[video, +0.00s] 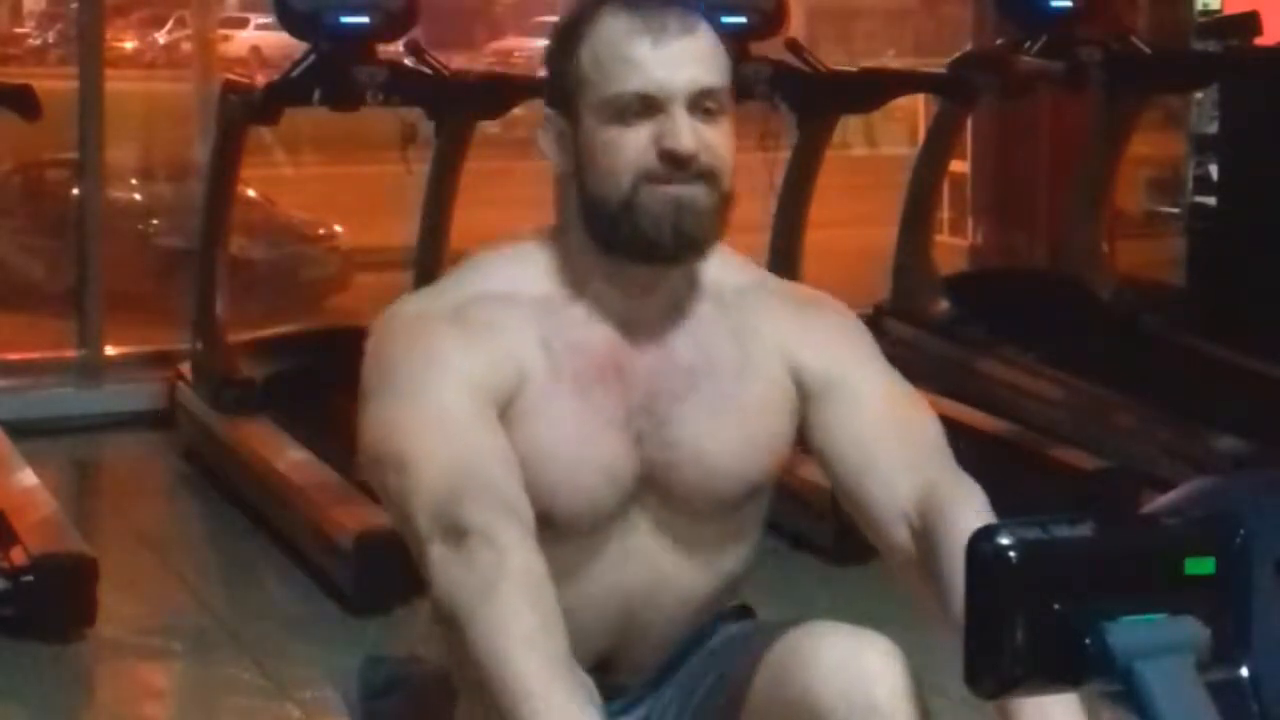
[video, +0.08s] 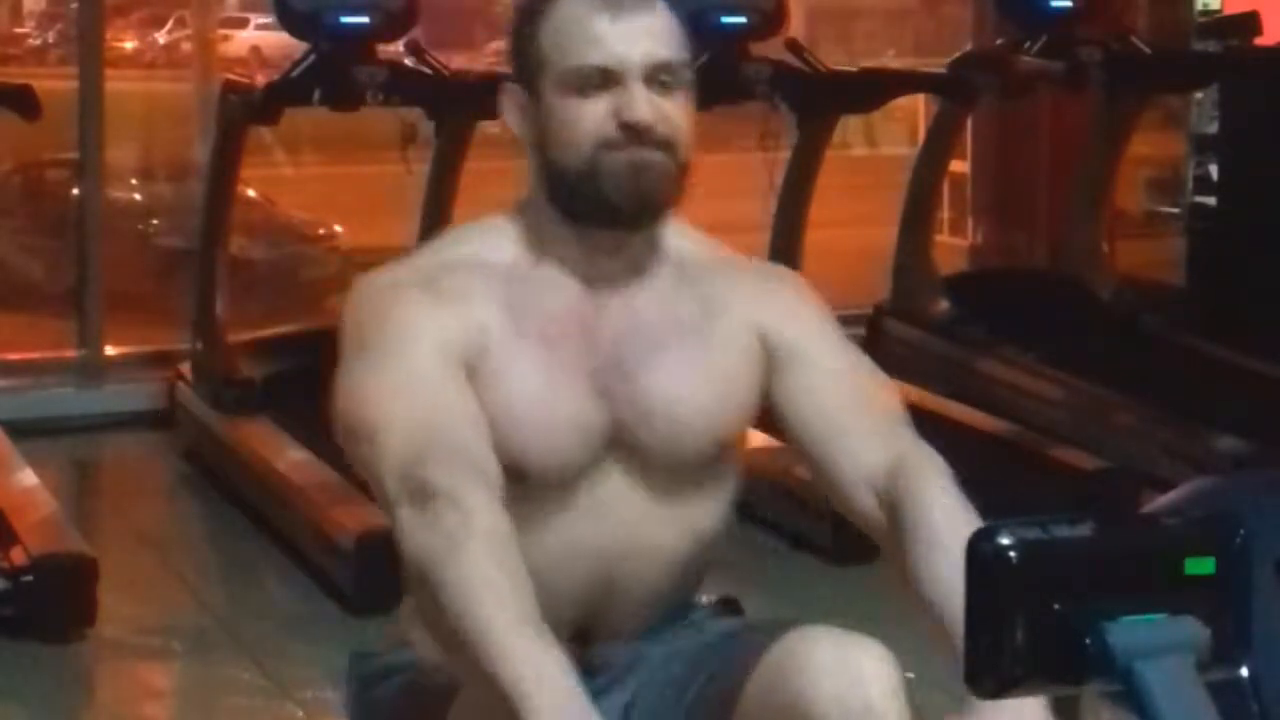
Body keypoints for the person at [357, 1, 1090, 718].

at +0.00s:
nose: (682, 143)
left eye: (705, 109)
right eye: (633, 113)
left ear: (735, 127)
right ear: (555, 137)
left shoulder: (806, 330)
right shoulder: (441, 342)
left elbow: (931, 513)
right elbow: (484, 571)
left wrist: (1048, 695)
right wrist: (570, 713)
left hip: (684, 670)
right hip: (486, 686)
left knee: (858, 672)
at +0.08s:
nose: (638, 114)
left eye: (663, 81)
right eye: (592, 84)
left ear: (694, 105)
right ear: (521, 109)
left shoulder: (762, 301)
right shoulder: (415, 304)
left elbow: (899, 482)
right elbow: (445, 511)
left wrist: (1016, 679)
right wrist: (556, 704)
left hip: (656, 654)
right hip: (460, 670)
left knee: (851, 675)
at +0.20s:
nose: (568, 90)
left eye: (592, 62)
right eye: (526, 65)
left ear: (622, 84)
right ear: (459, 89)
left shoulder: (697, 266)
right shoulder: (374, 273)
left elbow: (823, 418)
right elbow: (385, 451)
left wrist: (908, 567)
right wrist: (497, 613)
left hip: (641, 635)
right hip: (429, 641)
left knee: (842, 679)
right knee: (509, 697)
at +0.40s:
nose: (504, 111)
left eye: (529, 82)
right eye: (469, 84)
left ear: (557, 91)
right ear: (409, 92)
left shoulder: (629, 249)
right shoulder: (328, 261)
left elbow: (754, 397)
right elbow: (286, 434)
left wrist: (807, 508)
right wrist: (410, 548)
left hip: (607, 621)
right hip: (420, 629)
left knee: (784, 714)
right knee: (461, 708)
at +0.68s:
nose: (489, 162)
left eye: (514, 134)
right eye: (457, 132)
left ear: (541, 124)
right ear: (400, 111)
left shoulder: (588, 252)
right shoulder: (305, 262)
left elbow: (686, 400)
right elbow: (171, 441)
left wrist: (679, 480)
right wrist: (296, 524)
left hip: (594, 604)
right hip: (404, 617)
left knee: (738, 711)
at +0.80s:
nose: (495, 158)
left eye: (519, 130)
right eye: (462, 128)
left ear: (545, 121)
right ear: (402, 110)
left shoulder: (593, 251)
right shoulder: (307, 266)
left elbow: (714, 405)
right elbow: (176, 458)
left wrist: (709, 483)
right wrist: (323, 524)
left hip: (598, 610)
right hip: (408, 623)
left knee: (743, 711)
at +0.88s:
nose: (511, 135)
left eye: (535, 105)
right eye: (477, 106)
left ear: (559, 109)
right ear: (412, 104)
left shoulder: (613, 256)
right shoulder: (316, 267)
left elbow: (756, 410)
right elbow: (202, 456)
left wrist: (760, 480)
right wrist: (354, 533)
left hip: (603, 614)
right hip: (412, 631)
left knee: (766, 714)